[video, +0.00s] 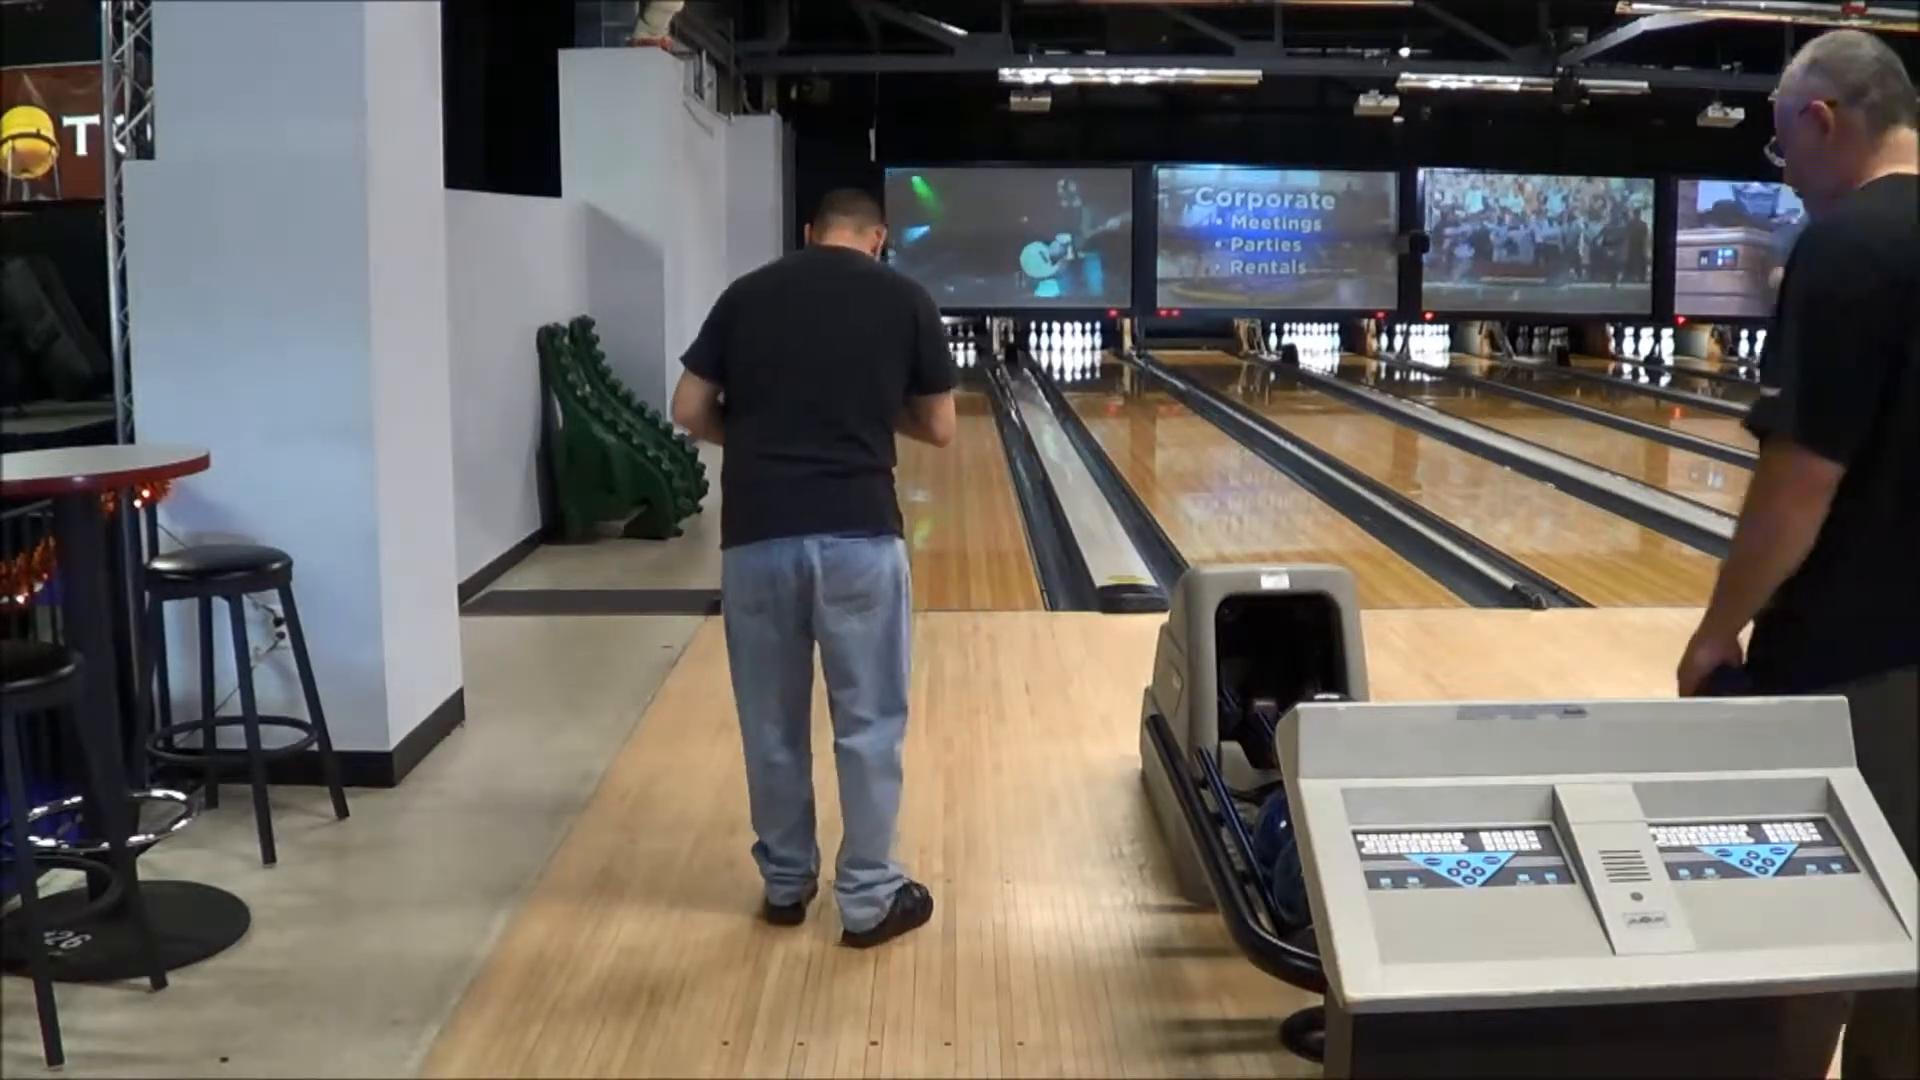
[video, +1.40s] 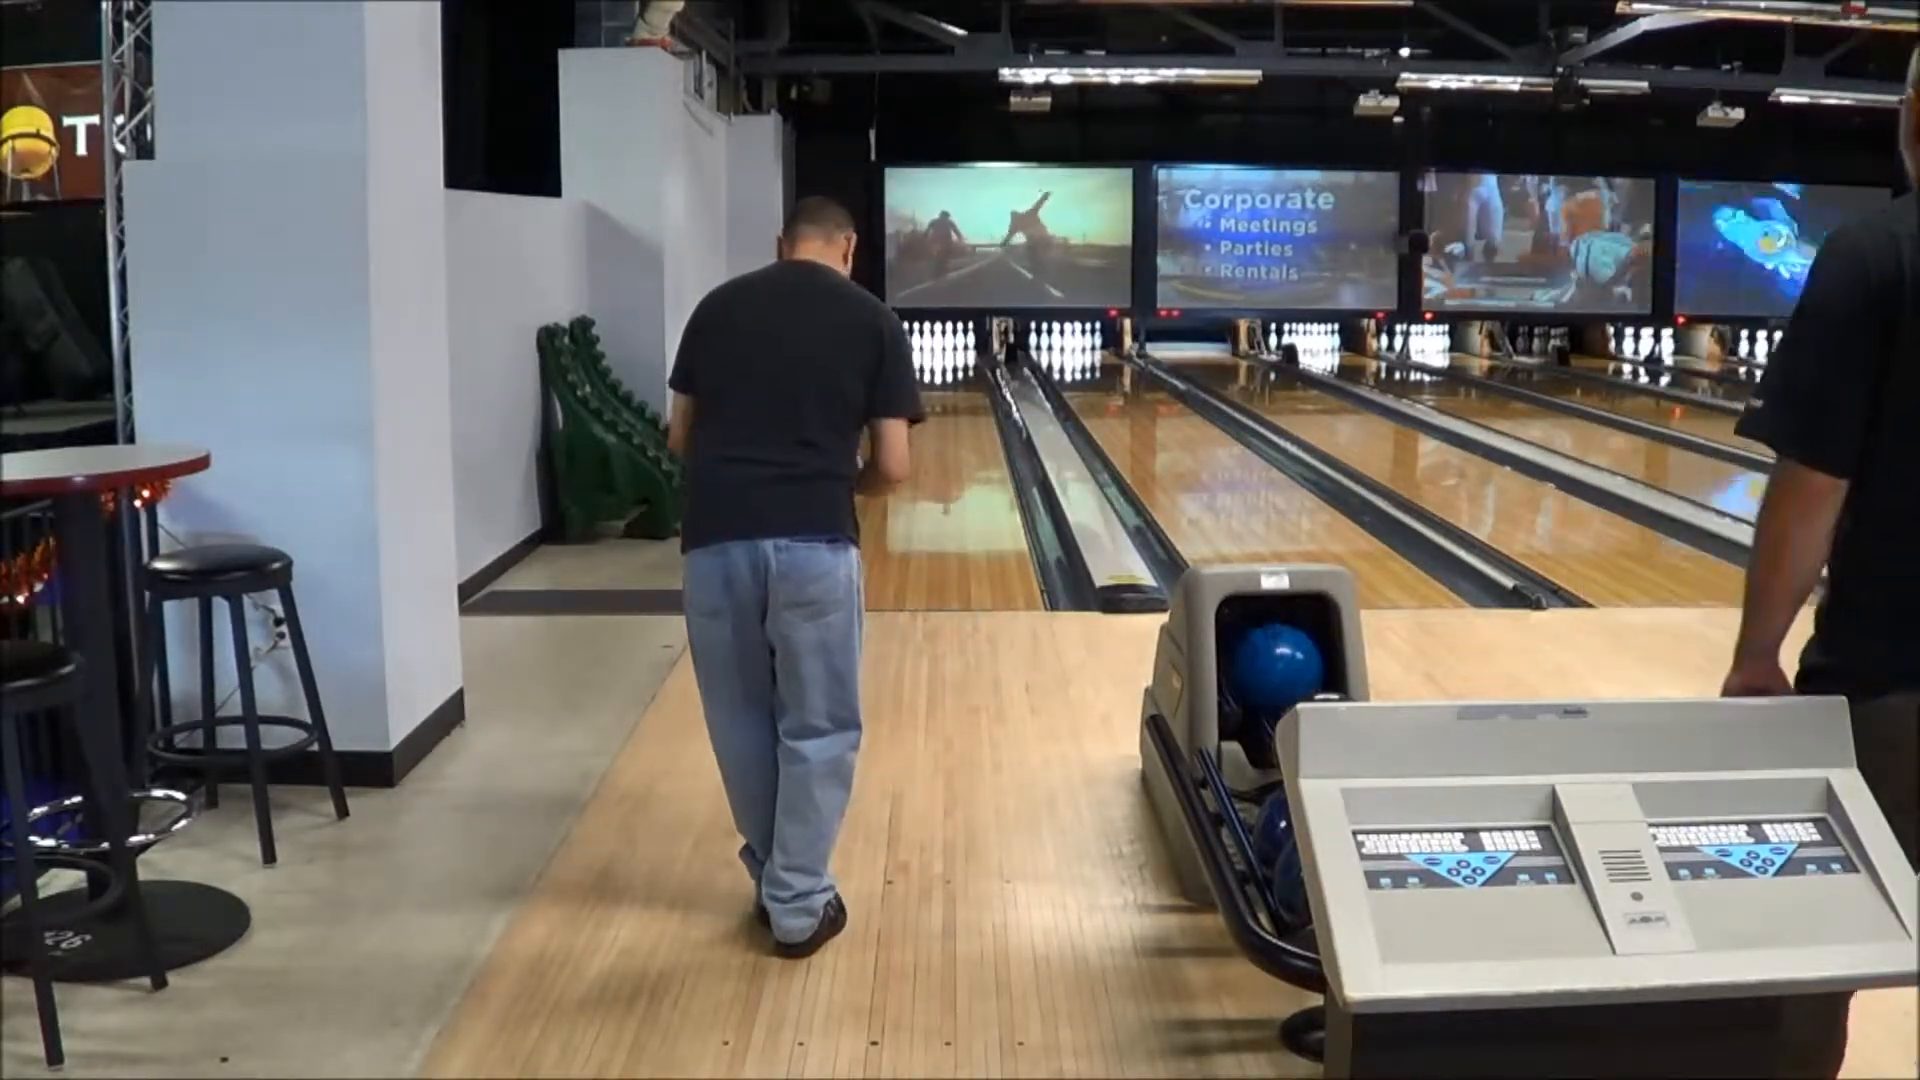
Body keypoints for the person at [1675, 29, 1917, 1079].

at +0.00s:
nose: (1777, 155)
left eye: (1782, 130)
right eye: (1776, 133)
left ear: (1824, 120)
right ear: (1891, 114)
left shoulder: (1853, 241)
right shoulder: (1907, 220)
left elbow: (1803, 469)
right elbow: (1815, 463)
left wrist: (1720, 623)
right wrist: (1745, 620)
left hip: (1852, 654)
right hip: (1913, 642)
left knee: (1816, 925)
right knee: (1899, 926)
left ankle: (1789, 1065)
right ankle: (1881, 1064)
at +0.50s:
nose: (1738, 133)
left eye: (1740, 119)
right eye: (1737, 121)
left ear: (1754, 124)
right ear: (1873, 122)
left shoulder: (1717, 252)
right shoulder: (1916, 229)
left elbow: (1643, 472)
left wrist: (1583, 635)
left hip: (1772, 667)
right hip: (1913, 662)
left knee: (1778, 955)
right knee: (1907, 954)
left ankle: (1786, 1074)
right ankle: (1873, 1072)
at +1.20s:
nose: (1850, 114)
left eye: (1854, 97)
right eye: (1865, 97)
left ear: (1870, 112)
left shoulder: (1829, 257)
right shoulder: (1833, 258)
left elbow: (1767, 486)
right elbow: (1766, 487)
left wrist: (1722, 647)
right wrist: (1727, 646)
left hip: (1856, 676)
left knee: (1810, 957)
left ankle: (1802, 1074)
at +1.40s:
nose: (1900, 129)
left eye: (1905, 109)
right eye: (1905, 110)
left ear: (1911, 124)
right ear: (1908, 130)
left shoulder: (1880, 255)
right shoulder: (1877, 254)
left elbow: (1814, 477)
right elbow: (1816, 476)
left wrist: (1760, 647)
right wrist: (1767, 647)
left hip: (1888, 679)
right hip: (1882, 674)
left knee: (1822, 934)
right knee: (1824, 932)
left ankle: (1802, 1053)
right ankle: (1801, 1048)